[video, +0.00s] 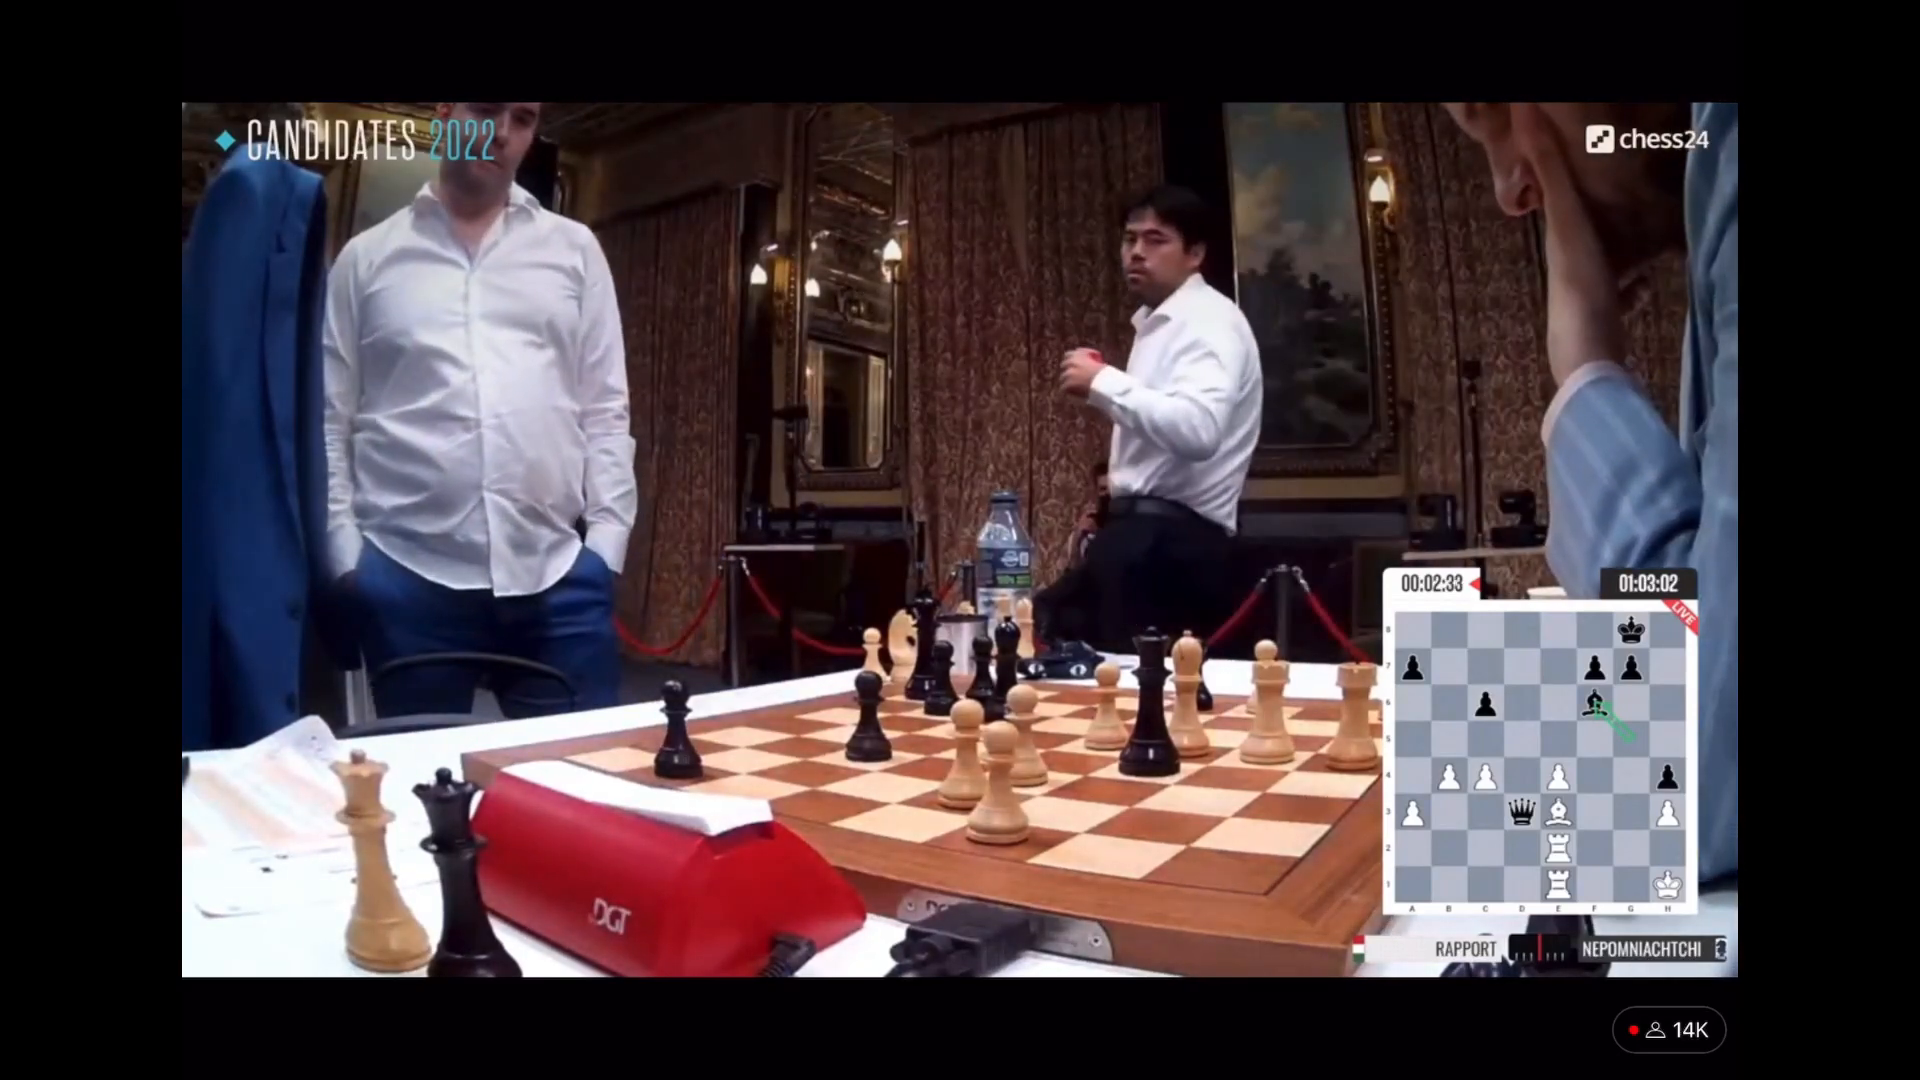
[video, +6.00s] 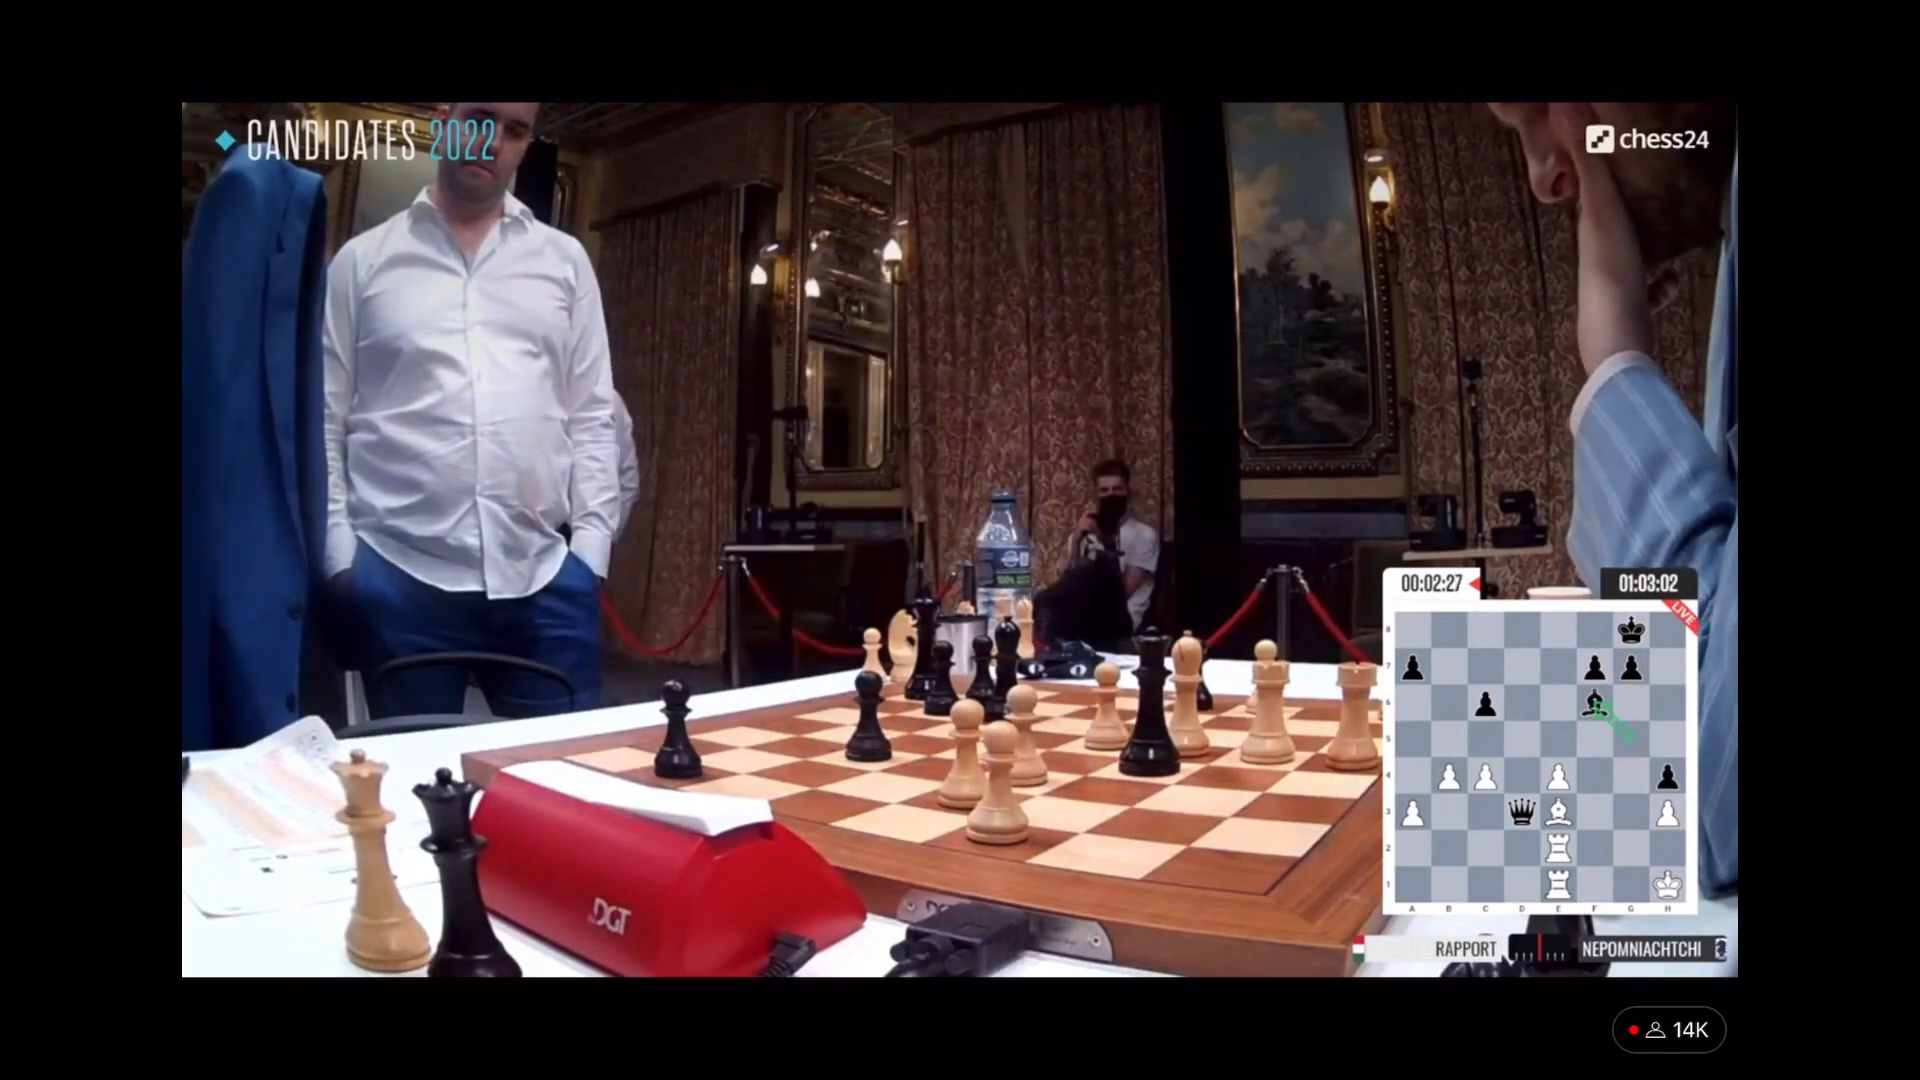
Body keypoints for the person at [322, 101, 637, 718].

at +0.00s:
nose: (497, 132)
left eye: (519, 118)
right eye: (483, 110)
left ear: (534, 134)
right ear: (445, 114)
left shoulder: (574, 249)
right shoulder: (366, 259)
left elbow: (606, 410)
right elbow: (330, 420)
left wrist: (604, 546)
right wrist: (347, 562)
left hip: (559, 585)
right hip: (409, 589)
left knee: (592, 789)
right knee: (422, 801)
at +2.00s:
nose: (494, 141)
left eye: (514, 127)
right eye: (479, 117)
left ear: (528, 142)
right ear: (438, 119)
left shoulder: (559, 259)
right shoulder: (359, 260)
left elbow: (588, 415)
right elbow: (323, 421)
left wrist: (589, 550)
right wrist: (347, 565)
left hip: (549, 582)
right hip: (406, 585)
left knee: (574, 788)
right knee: (419, 791)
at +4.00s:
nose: (490, 144)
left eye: (513, 130)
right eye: (477, 120)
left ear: (528, 144)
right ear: (440, 119)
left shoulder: (565, 258)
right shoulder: (361, 262)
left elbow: (593, 417)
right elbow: (324, 420)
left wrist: (590, 552)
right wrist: (342, 561)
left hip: (548, 584)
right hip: (402, 585)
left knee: (571, 790)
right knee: (415, 793)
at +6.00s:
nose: (489, 144)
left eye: (513, 131)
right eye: (477, 120)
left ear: (529, 146)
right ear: (442, 121)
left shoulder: (564, 260)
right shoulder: (362, 263)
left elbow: (593, 415)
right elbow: (325, 419)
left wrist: (589, 552)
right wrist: (341, 561)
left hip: (546, 584)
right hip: (401, 585)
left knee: (568, 788)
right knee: (415, 790)